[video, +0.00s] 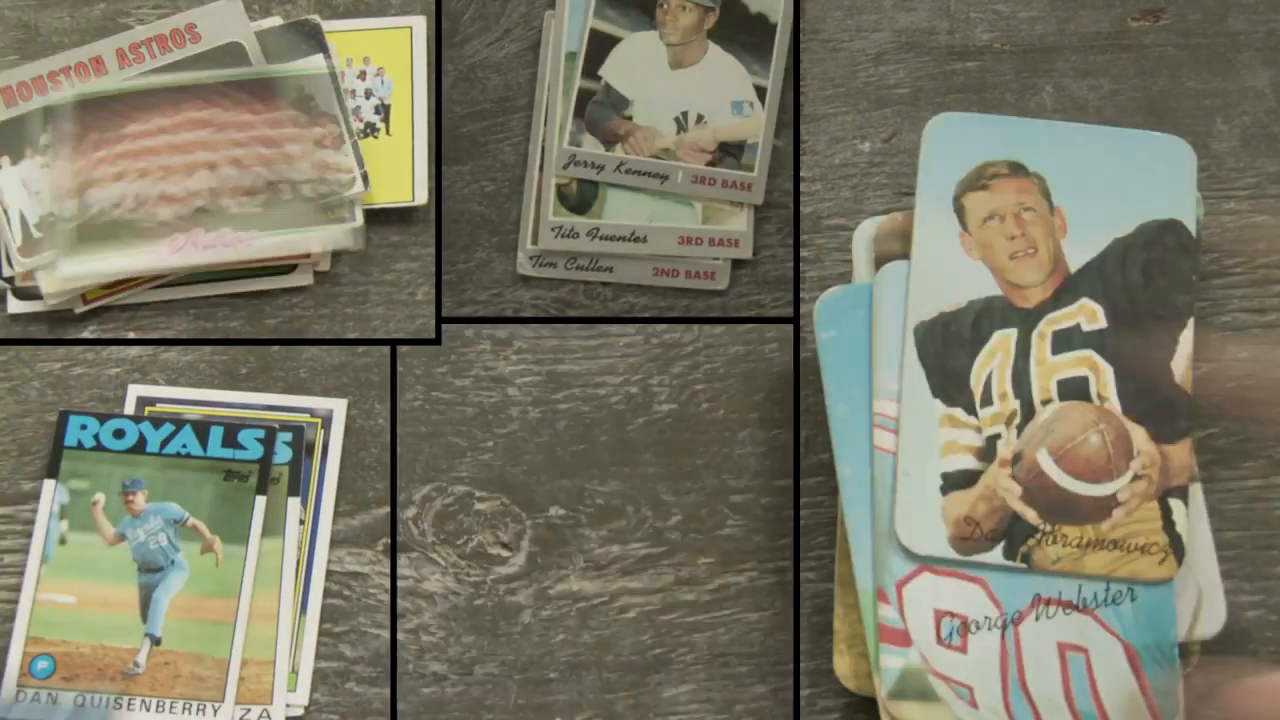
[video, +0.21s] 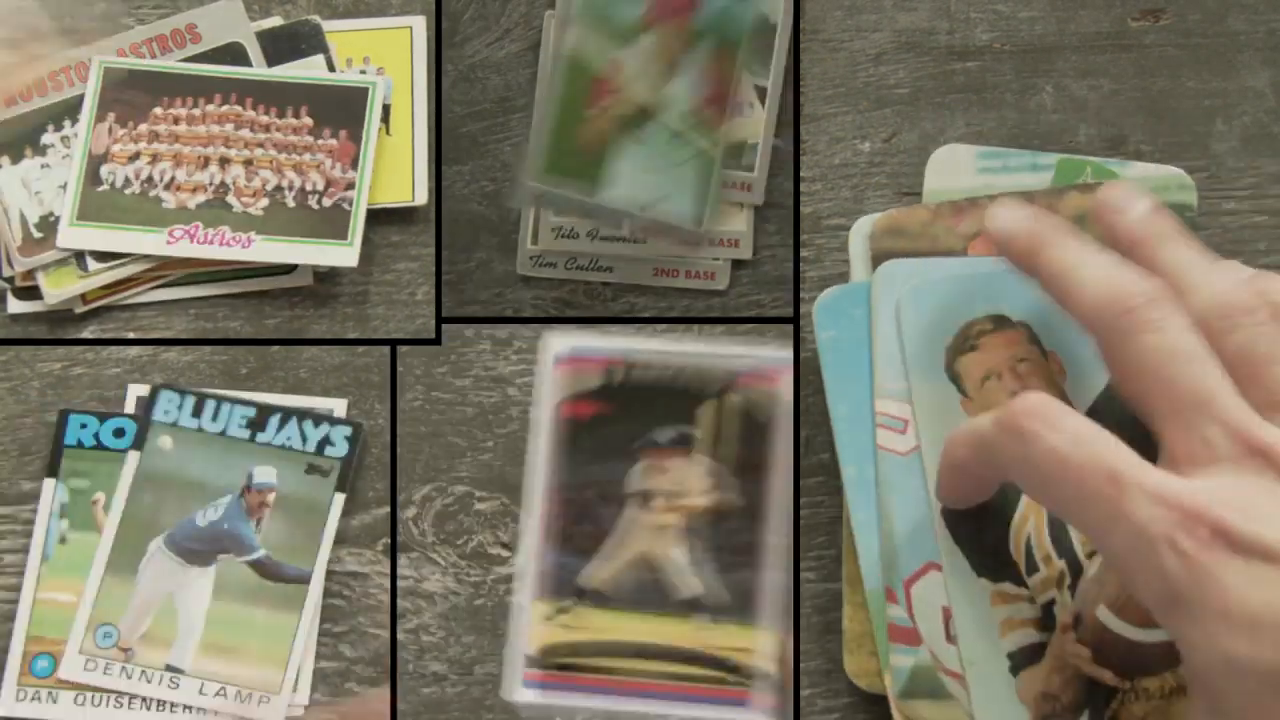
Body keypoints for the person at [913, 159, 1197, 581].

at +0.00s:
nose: (1016, 230)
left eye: (1027, 211)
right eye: (994, 220)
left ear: (1058, 223)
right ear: (970, 246)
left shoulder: (1130, 294)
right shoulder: (961, 345)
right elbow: (963, 532)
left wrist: (1167, 466)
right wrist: (996, 494)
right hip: (1035, 572)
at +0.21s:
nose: (1012, 385)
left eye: (1023, 364)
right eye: (990, 382)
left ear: (1056, 368)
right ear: (971, 409)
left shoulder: (1127, 425)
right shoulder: (997, 523)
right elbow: (1035, 692)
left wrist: (1259, 692)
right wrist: (1260, 689)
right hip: (1118, 697)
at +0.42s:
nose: (1044, 396)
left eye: (1047, 375)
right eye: (1018, 388)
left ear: (1070, 374)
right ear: (994, 416)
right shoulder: (993, 524)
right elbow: (1026, 695)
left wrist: (1244, 658)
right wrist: (1245, 659)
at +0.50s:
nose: (946, 382)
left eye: (954, 363)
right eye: (930, 375)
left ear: (984, 359)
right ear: (925, 390)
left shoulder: (1061, 401)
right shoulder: (939, 465)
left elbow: (1107, 487)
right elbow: (946, 557)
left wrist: (1040, 561)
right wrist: (980, 590)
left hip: (1127, 622)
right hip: (1037, 647)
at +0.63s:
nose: (946, 383)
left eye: (955, 362)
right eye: (930, 375)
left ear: (984, 359)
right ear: (925, 390)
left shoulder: (1061, 402)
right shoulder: (940, 465)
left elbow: (1108, 486)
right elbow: (946, 558)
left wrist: (1041, 562)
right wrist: (982, 591)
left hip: (1129, 620)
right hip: (1038, 644)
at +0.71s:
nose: (946, 383)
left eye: (955, 362)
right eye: (930, 375)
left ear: (983, 360)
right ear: (925, 390)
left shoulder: (1060, 402)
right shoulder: (940, 465)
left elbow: (1107, 486)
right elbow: (946, 557)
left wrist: (1040, 561)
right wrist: (980, 590)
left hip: (1129, 620)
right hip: (1037, 644)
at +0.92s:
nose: (1036, 347)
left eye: (1045, 325)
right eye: (1014, 330)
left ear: (1061, 332)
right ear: (972, 345)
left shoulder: (1109, 423)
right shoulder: (931, 444)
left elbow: (1163, 548)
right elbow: (924, 590)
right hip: (982, 687)